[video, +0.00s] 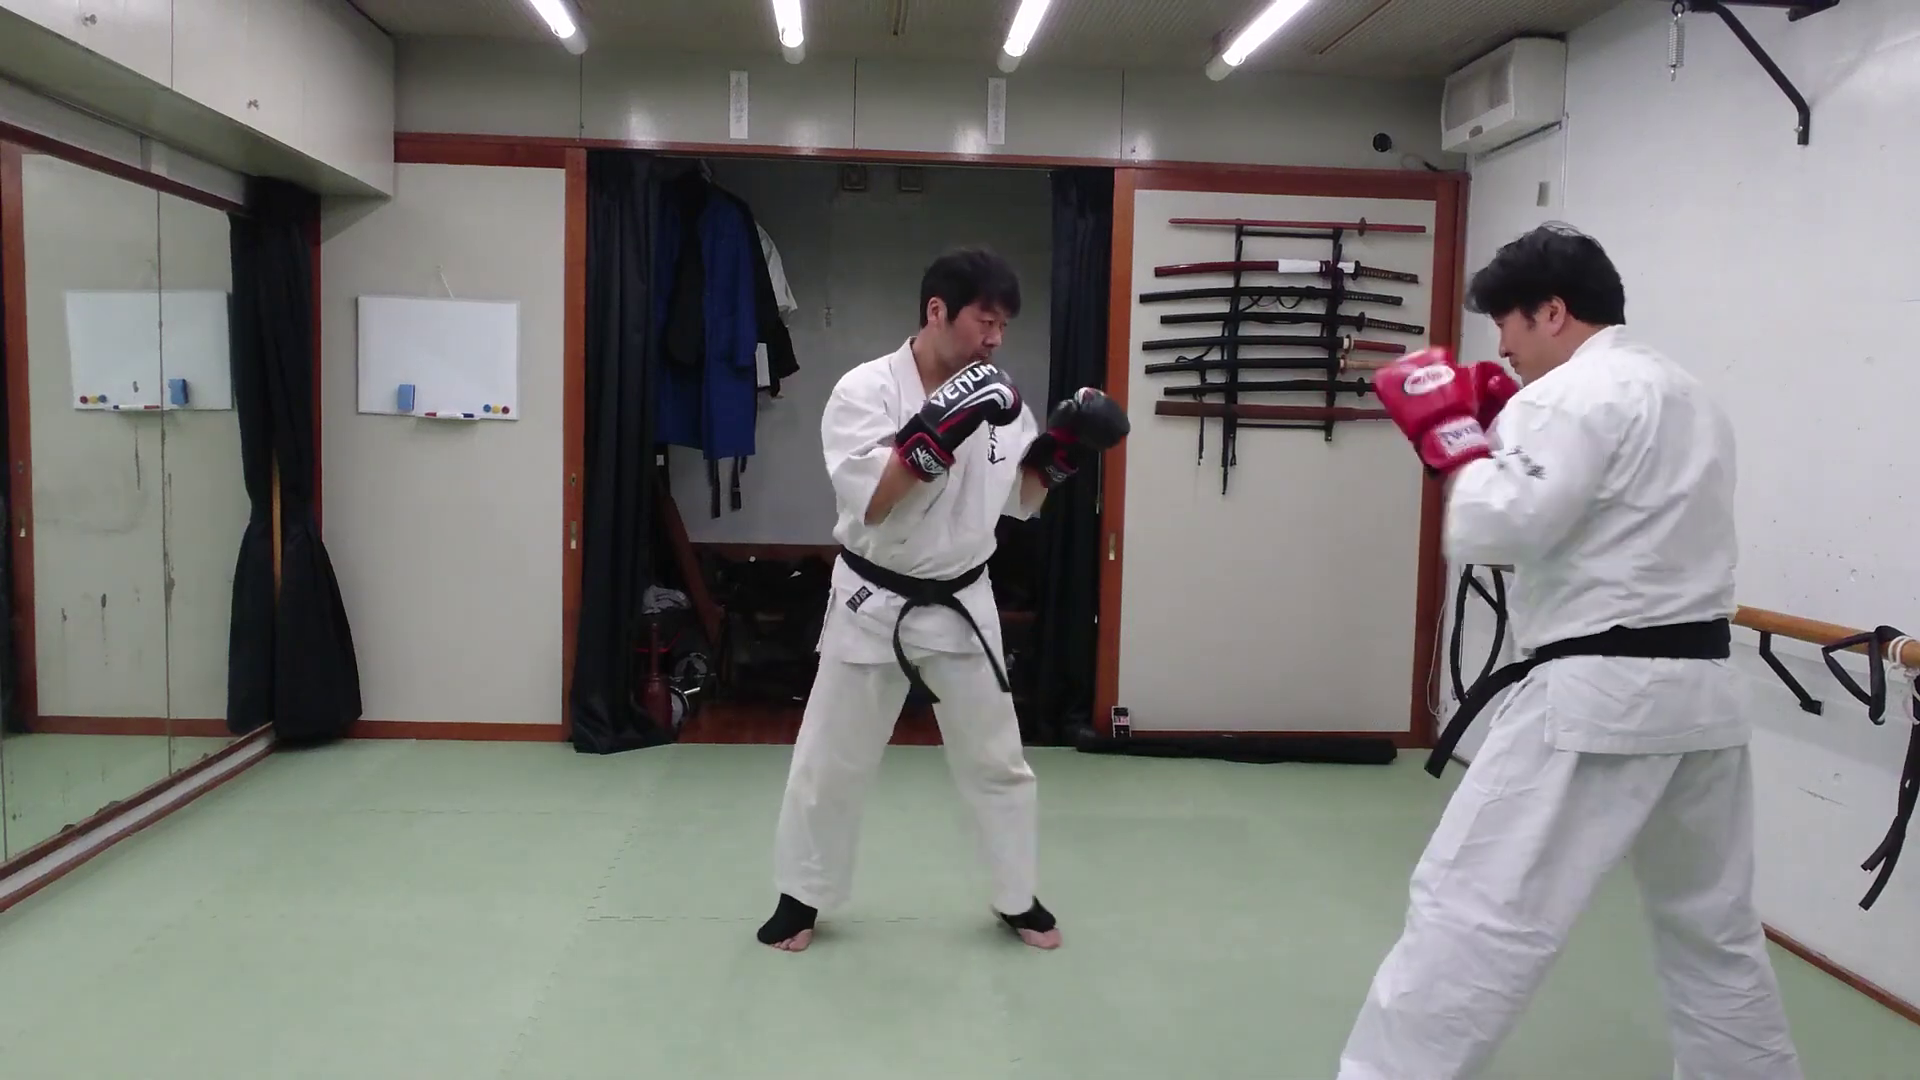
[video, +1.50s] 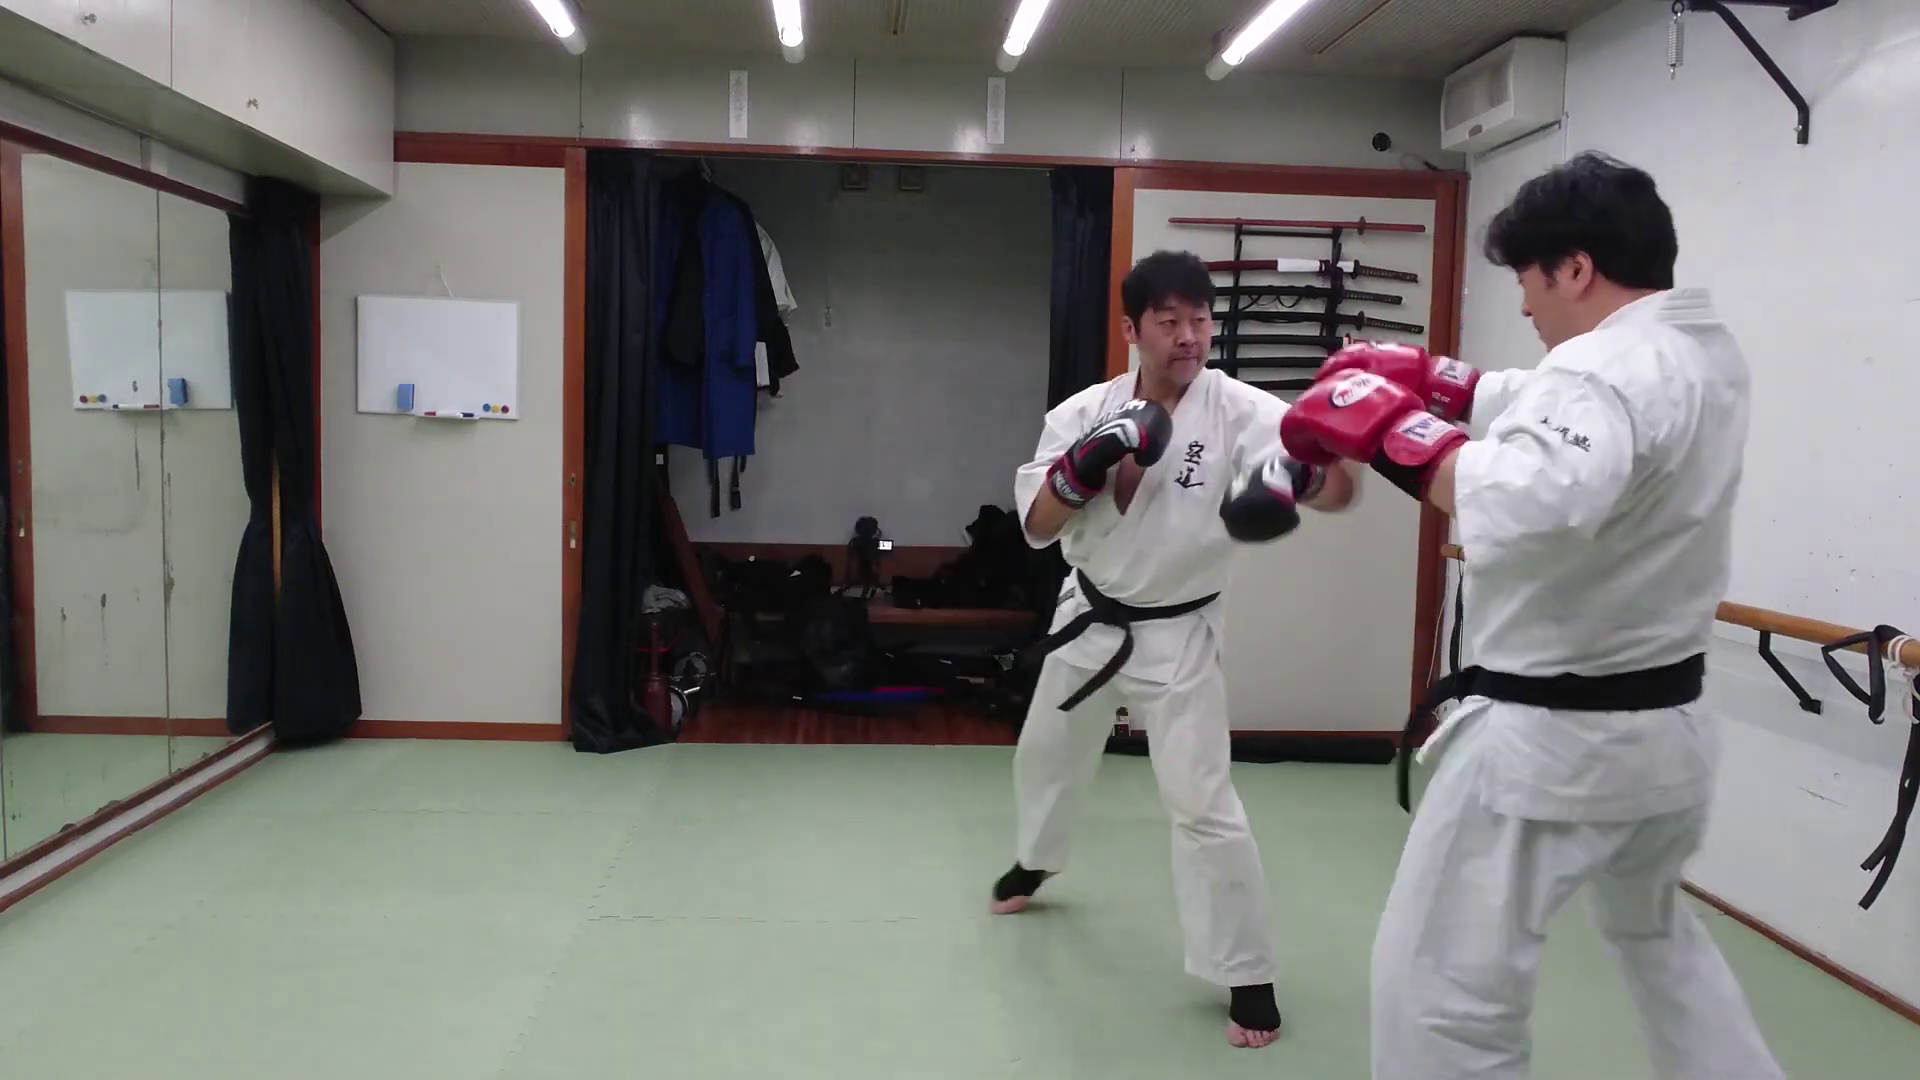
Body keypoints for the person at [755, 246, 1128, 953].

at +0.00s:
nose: (996, 340)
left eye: (1003, 326)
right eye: (985, 321)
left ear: (1002, 327)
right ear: (936, 311)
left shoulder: (1001, 401)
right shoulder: (862, 391)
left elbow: (1019, 501)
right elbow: (873, 500)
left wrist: (1058, 456)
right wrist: (939, 428)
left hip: (963, 604)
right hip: (867, 599)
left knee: (998, 762)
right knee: (825, 762)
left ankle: (1017, 897)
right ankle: (801, 897)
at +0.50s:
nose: (967, 354)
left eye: (976, 340)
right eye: (952, 339)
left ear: (985, 342)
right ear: (906, 337)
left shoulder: (1006, 407)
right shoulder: (857, 425)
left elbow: (1058, 485)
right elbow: (880, 537)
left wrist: (1082, 519)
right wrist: (938, 462)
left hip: (994, 612)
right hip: (892, 615)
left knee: (1048, 766)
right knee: (834, 771)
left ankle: (1094, 931)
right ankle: (802, 903)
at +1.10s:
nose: (1046, 381)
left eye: (1054, 365)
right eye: (1030, 363)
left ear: (1061, 371)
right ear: (984, 366)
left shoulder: (1078, 452)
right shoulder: (929, 454)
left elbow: (1119, 567)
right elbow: (947, 563)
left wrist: (1147, 538)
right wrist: (1010, 480)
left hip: (1062, 647)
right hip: (955, 649)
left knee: (1128, 786)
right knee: (891, 806)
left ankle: (1154, 956)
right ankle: (864, 914)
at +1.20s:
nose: (1065, 376)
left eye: (1073, 360)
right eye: (1047, 361)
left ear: (1083, 365)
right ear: (1004, 363)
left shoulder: (1111, 444)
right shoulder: (948, 455)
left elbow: (1203, 526)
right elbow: (908, 567)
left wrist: (1178, 509)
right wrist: (955, 509)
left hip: (1088, 652)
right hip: (981, 651)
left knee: (1137, 812)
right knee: (905, 801)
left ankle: (1225, 977)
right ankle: (866, 915)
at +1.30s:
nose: (1100, 355)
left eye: (1112, 341)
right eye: (1083, 340)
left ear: (1125, 347)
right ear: (1044, 345)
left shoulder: (1158, 420)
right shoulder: (995, 433)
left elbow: (1263, 439)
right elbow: (926, 541)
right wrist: (956, 485)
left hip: (1118, 642)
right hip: (1020, 635)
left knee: (1169, 819)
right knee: (948, 768)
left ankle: (1246, 979)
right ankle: (882, 893)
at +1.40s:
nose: (1148, 346)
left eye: (1159, 331)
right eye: (1130, 332)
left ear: (1174, 337)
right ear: (1093, 340)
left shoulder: (1202, 415)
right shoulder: (1053, 426)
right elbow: (1004, 539)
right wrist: (1036, 480)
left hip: (1148, 637)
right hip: (1053, 624)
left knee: (1182, 809)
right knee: (1000, 759)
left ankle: (1244, 978)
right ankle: (958, 880)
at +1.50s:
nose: (1189, 337)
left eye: (1200, 321)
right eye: (1170, 321)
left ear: (1212, 328)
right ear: (1132, 328)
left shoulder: (1240, 409)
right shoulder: (1082, 415)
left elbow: (1338, 493)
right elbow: (1036, 526)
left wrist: (1329, 437)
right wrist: (1084, 468)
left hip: (1182, 630)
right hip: (1088, 620)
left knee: (1202, 804)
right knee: (1045, 756)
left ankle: (1249, 980)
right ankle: (1035, 862)